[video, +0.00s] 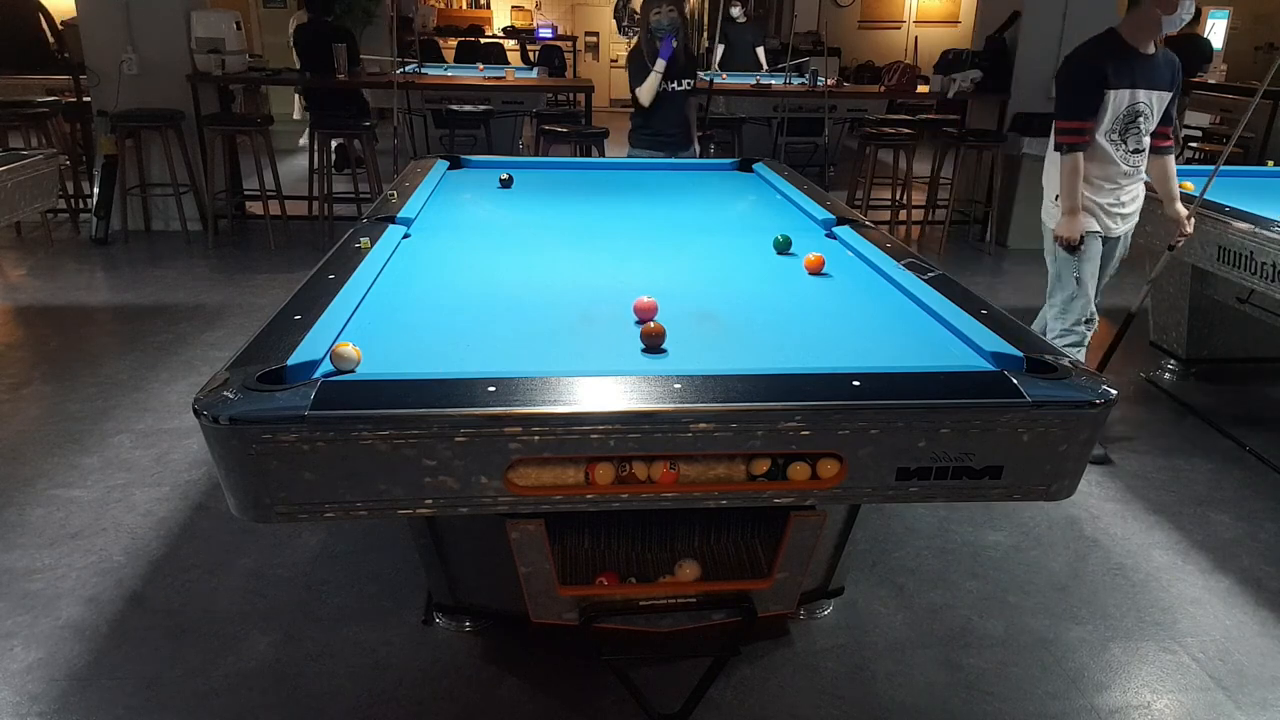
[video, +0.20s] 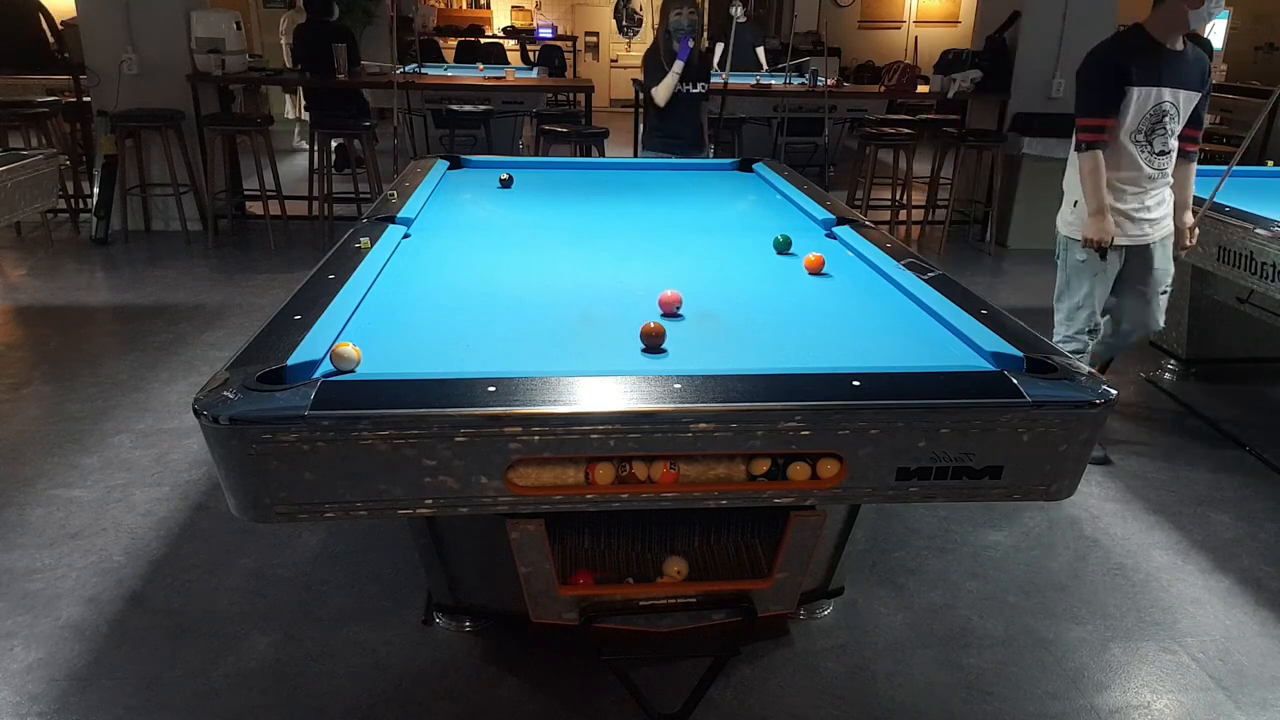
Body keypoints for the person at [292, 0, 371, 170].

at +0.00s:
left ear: (307, 9)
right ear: (332, 8)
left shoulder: (299, 32)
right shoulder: (343, 31)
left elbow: (305, 66)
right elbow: (356, 71)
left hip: (314, 101)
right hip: (345, 102)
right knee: (361, 106)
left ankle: (350, 151)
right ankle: (345, 149)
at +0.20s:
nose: (336, 7)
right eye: (333, 4)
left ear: (307, 8)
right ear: (331, 7)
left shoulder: (300, 30)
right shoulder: (342, 30)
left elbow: (295, 63)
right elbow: (355, 67)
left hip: (314, 102)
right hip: (346, 103)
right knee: (362, 107)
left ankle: (351, 151)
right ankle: (344, 148)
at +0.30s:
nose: (339, 8)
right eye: (336, 4)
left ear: (306, 8)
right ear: (330, 7)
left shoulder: (299, 31)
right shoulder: (342, 30)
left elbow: (302, 66)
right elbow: (355, 70)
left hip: (314, 103)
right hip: (345, 104)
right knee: (362, 107)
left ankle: (352, 150)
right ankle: (345, 149)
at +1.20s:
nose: (341, 11)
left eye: (340, 7)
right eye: (338, 7)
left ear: (309, 8)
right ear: (332, 8)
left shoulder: (298, 29)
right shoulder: (342, 33)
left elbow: (304, 66)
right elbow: (356, 71)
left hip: (315, 104)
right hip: (345, 105)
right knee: (362, 105)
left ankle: (352, 151)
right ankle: (346, 148)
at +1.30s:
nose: (342, 12)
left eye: (341, 7)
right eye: (339, 7)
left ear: (309, 9)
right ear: (332, 9)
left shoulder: (300, 30)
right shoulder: (342, 33)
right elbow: (355, 70)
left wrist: (300, 11)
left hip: (315, 102)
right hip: (345, 104)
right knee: (361, 106)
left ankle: (342, 146)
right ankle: (347, 149)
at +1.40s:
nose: (345, 8)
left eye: (344, 4)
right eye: (341, 5)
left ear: (312, 8)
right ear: (331, 8)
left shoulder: (299, 30)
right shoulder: (341, 33)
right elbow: (357, 72)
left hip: (315, 103)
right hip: (344, 105)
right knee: (362, 105)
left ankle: (350, 149)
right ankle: (345, 148)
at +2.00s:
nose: (335, 8)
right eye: (331, 5)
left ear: (302, 7)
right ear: (319, 5)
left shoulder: (298, 30)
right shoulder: (331, 27)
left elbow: (302, 67)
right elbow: (351, 59)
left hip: (314, 103)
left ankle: (348, 151)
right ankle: (345, 149)